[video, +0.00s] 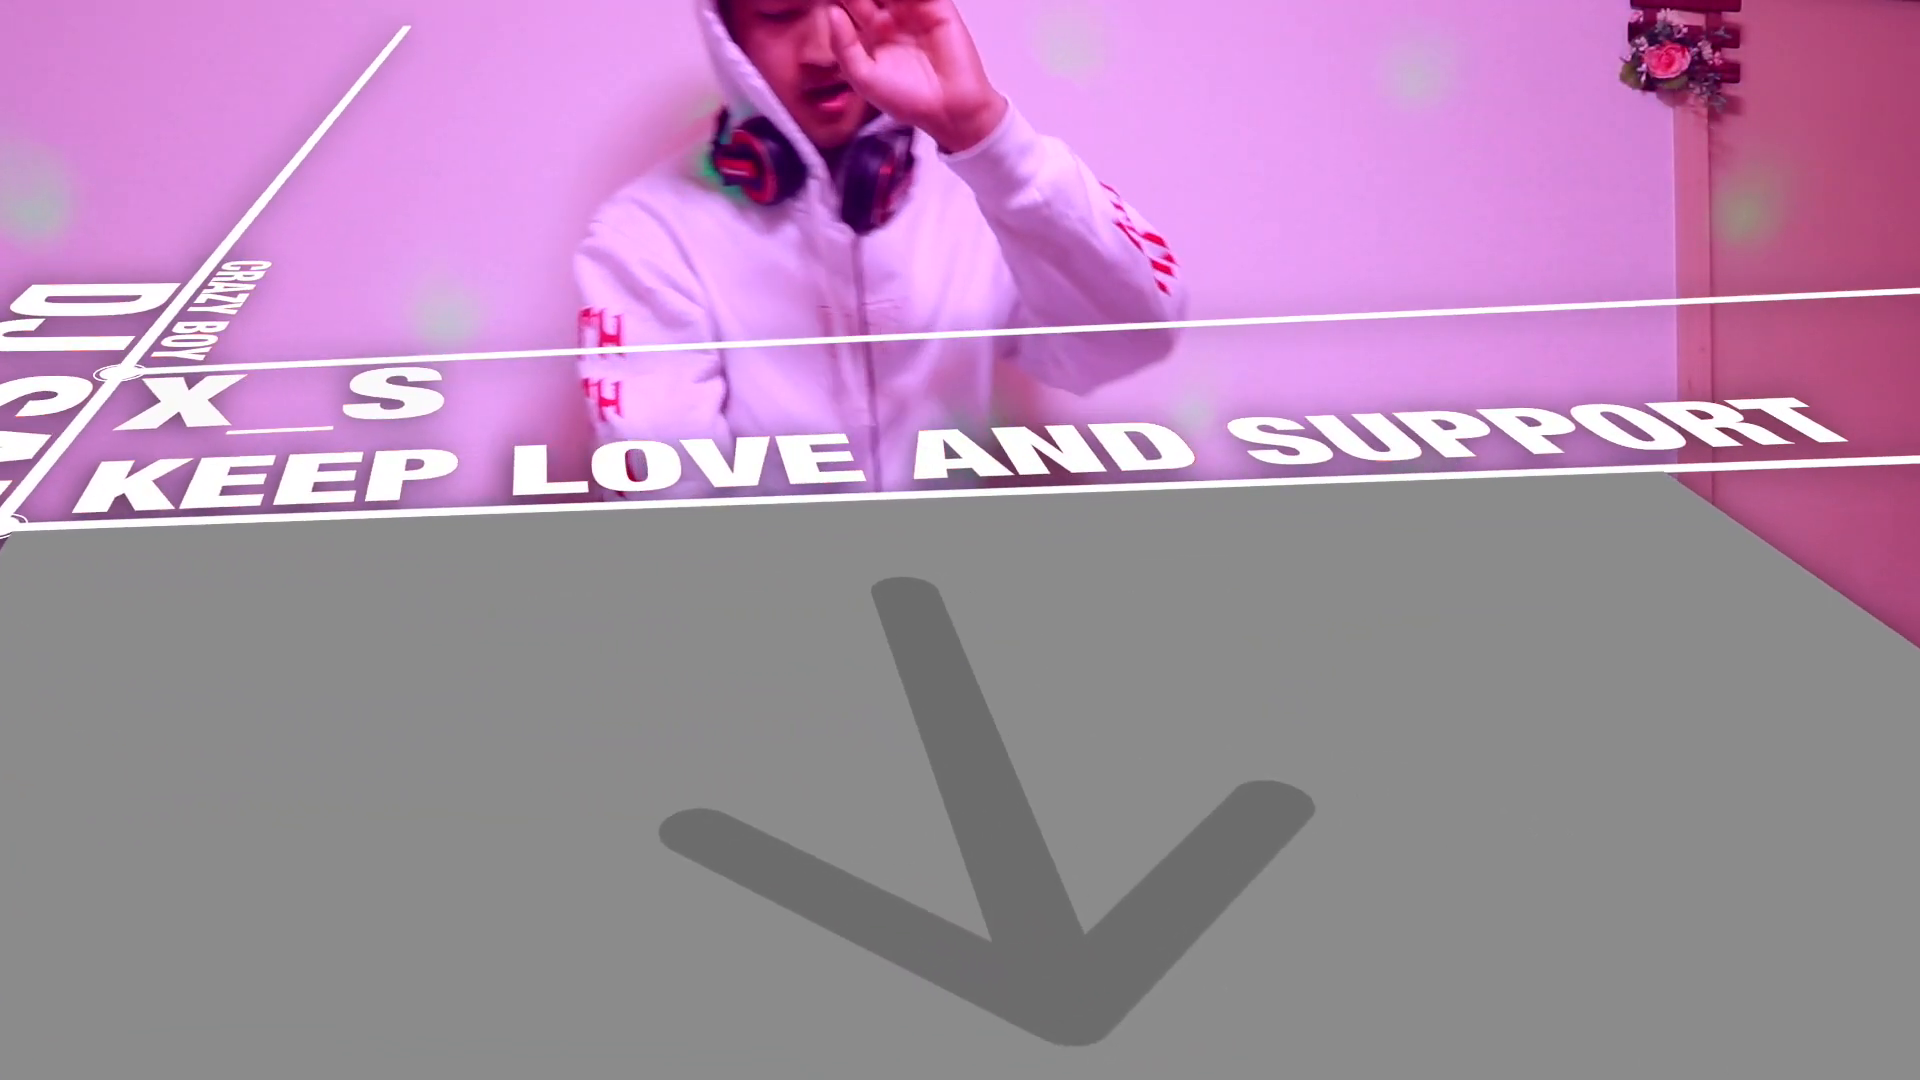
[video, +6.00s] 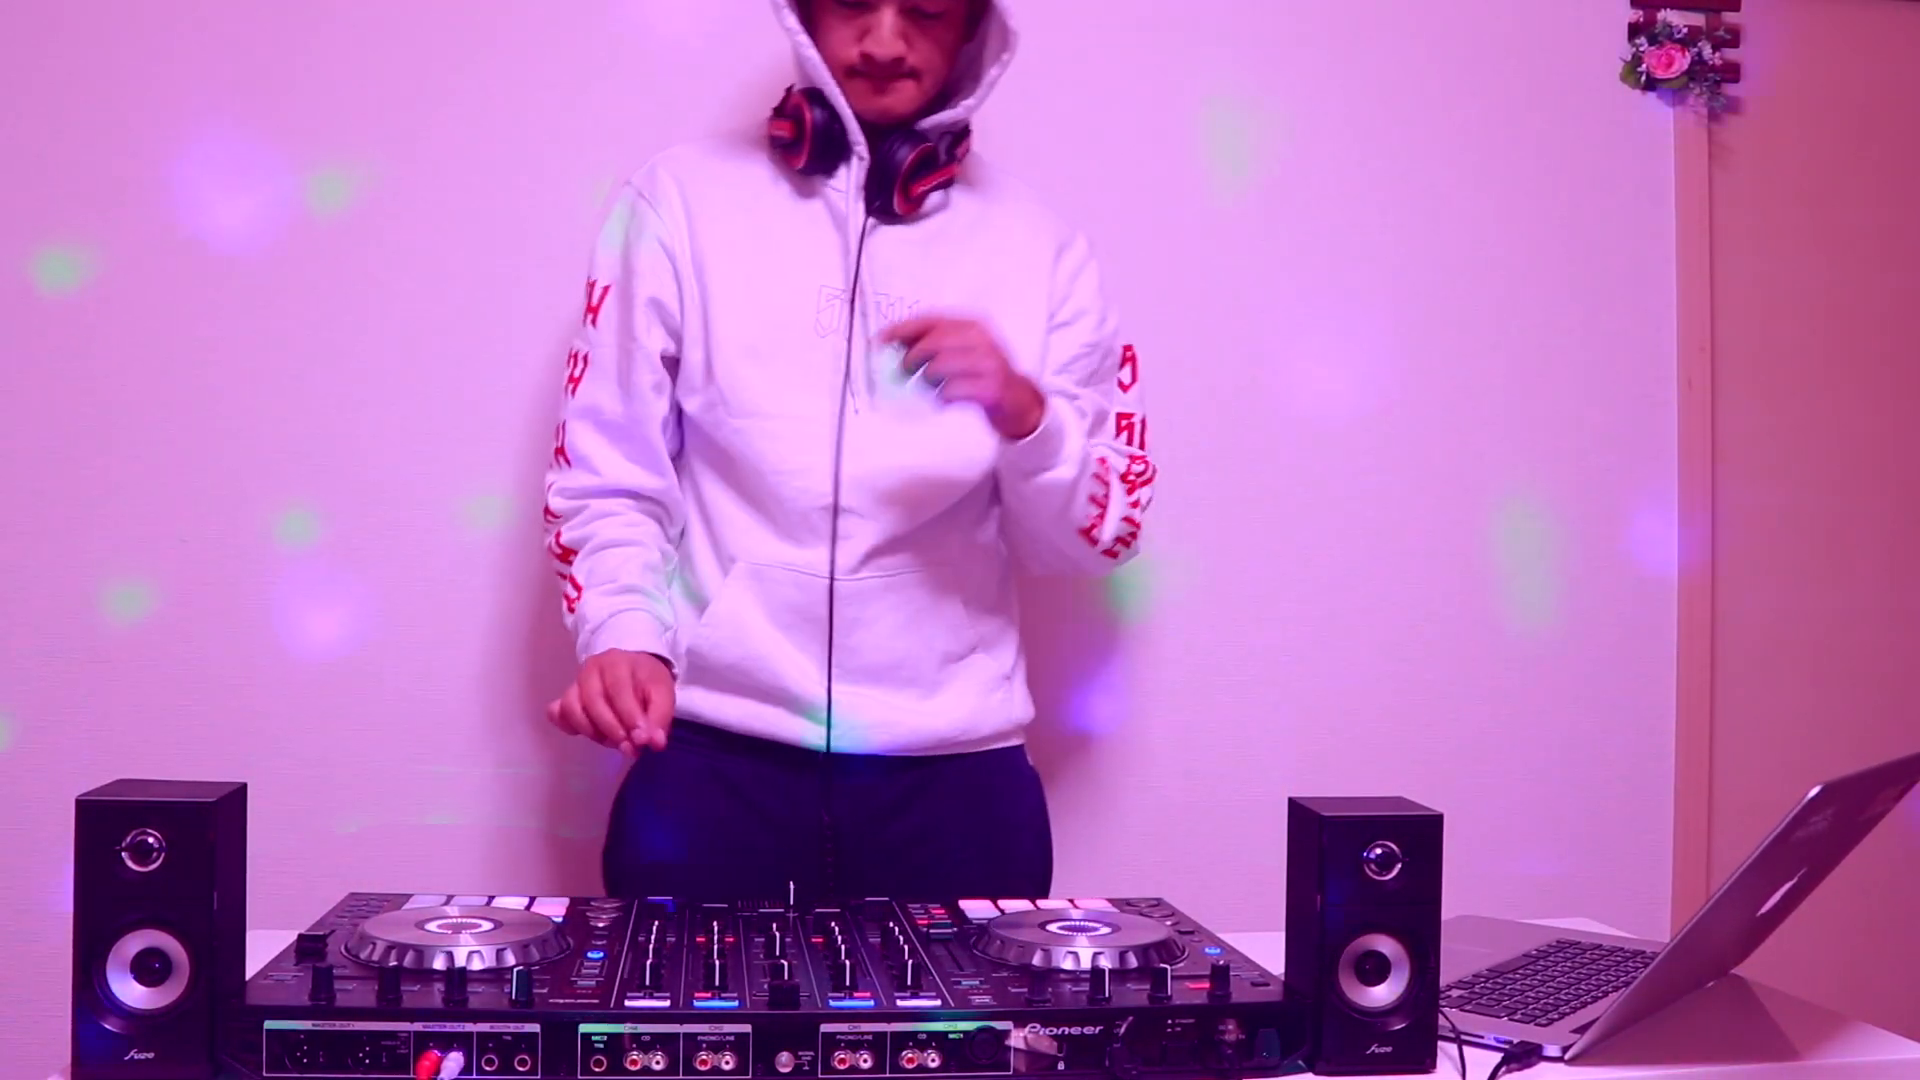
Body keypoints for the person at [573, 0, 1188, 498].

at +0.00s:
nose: (828, 46)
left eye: (855, 6)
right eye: (782, 16)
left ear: (901, 19)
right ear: (724, 37)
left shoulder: (976, 188)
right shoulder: (651, 232)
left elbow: (1135, 334)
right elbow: (660, 479)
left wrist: (980, 132)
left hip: (971, 559)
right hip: (770, 582)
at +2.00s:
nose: (627, 42)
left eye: (659, 7)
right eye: (592, 6)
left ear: (698, 12)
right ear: (531, 7)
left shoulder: (774, 183)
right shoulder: (427, 200)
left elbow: (863, 417)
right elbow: (411, 458)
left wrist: (1013, 296)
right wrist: (680, 479)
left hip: (744, 590)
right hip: (516, 595)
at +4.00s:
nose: (721, 24)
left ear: (809, 10)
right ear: (640, 20)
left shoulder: (922, 210)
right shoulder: (567, 216)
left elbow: (958, 487)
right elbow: (494, 491)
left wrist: (700, 605)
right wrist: (465, 367)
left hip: (846, 797)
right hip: (608, 791)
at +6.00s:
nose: (883, 43)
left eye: (924, 12)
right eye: (851, 5)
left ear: (971, 31)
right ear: (803, 14)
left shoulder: (1038, 249)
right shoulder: (681, 205)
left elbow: (1100, 534)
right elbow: (608, 476)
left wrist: (1023, 412)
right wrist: (623, 635)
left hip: (956, 784)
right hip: (715, 772)